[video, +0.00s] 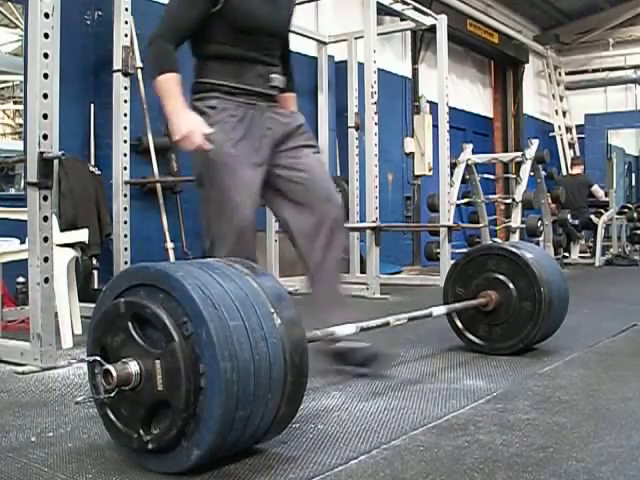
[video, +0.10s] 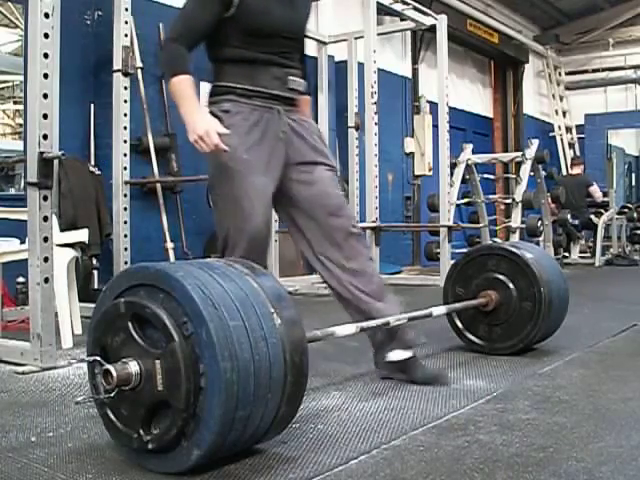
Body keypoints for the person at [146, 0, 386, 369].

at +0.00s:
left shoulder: (283, 4)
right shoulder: (206, 2)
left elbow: (279, 53)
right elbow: (160, 44)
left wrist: (290, 115)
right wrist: (178, 112)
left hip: (277, 115)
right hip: (225, 112)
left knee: (323, 207)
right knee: (234, 231)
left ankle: (333, 328)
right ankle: (235, 348)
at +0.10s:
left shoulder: (300, 4)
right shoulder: (224, 2)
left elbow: (294, 59)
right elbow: (173, 44)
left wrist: (305, 123)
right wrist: (192, 112)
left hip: (292, 118)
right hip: (241, 114)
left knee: (338, 228)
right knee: (248, 235)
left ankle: (394, 347)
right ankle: (233, 360)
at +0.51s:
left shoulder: (343, 4)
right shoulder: (255, 1)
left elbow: (347, 59)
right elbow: (209, 46)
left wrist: (367, 126)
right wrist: (230, 117)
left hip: (318, 120)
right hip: (263, 114)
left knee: (360, 223)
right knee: (256, 250)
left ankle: (383, 354)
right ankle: (241, 373)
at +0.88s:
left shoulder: (396, 6)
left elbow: (398, 47)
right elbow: (266, 23)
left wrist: (410, 115)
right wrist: (282, 102)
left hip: (361, 103)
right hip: (309, 95)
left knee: (379, 228)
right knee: (315, 226)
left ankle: (388, 355)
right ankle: (276, 347)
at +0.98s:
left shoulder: (408, 5)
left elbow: (408, 40)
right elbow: (274, 20)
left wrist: (424, 114)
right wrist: (286, 102)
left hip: (367, 96)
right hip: (315, 88)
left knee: (383, 219)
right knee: (333, 214)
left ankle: (387, 350)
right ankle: (336, 358)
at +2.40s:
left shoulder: (432, 5)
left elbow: (447, 49)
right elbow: (303, 13)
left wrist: (482, 108)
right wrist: (328, 93)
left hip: (386, 95)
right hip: (337, 86)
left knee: (397, 221)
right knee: (352, 221)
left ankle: (390, 349)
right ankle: (351, 363)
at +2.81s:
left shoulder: (441, 5)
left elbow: (461, 46)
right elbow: (326, 4)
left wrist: (506, 100)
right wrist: (371, 53)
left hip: (402, 88)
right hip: (347, 82)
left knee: (404, 219)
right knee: (358, 222)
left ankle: (393, 353)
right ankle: (353, 363)